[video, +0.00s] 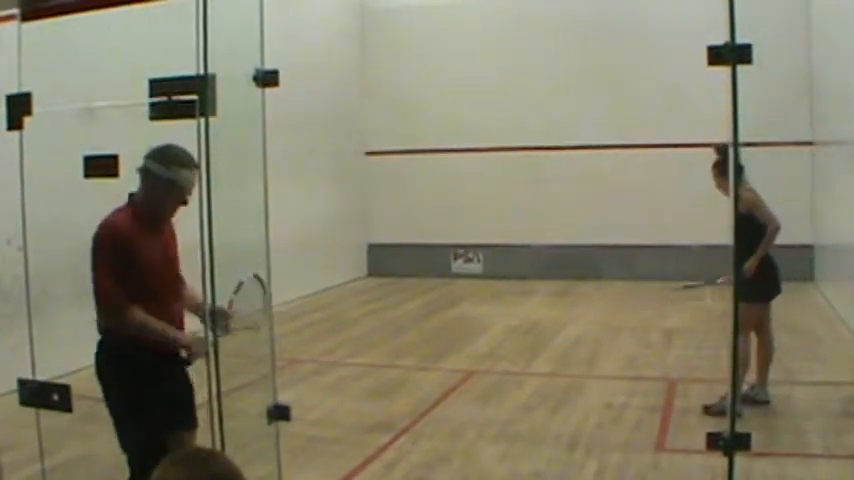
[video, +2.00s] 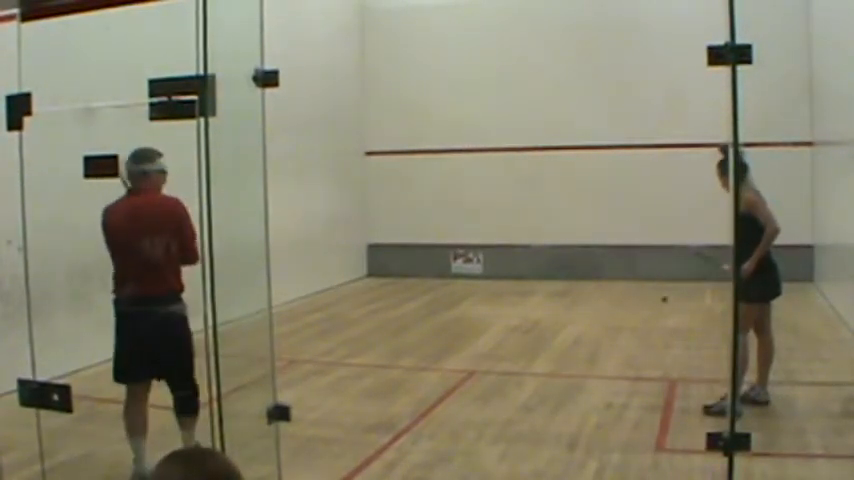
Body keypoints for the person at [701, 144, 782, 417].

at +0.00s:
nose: (717, 186)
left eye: (717, 180)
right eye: (716, 181)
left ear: (725, 177)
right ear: (729, 175)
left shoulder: (746, 196)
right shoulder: (742, 197)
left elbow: (773, 225)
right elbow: (749, 240)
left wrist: (754, 260)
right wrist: (735, 271)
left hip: (754, 276)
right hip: (756, 274)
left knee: (741, 334)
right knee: (763, 332)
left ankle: (733, 395)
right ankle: (760, 388)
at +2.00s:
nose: (720, 184)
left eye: (721, 178)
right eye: (720, 178)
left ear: (729, 176)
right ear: (738, 173)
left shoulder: (749, 198)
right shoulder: (743, 198)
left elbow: (772, 228)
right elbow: (753, 235)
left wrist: (752, 262)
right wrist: (740, 262)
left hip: (753, 277)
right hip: (757, 275)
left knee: (739, 333)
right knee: (763, 331)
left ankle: (733, 395)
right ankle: (760, 388)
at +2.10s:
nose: (720, 181)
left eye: (721, 175)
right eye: (720, 176)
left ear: (730, 174)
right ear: (738, 172)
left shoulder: (749, 197)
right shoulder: (742, 198)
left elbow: (772, 229)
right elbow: (748, 240)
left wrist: (751, 263)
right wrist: (735, 269)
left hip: (753, 277)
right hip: (756, 275)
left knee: (738, 334)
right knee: (763, 332)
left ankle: (733, 394)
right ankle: (760, 388)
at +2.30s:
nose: (720, 181)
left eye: (721, 175)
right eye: (720, 176)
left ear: (729, 174)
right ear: (737, 172)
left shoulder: (749, 197)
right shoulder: (742, 197)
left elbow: (772, 229)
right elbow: (749, 239)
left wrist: (751, 262)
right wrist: (734, 264)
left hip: (753, 277)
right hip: (756, 275)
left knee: (738, 334)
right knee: (763, 332)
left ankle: (733, 394)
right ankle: (760, 388)